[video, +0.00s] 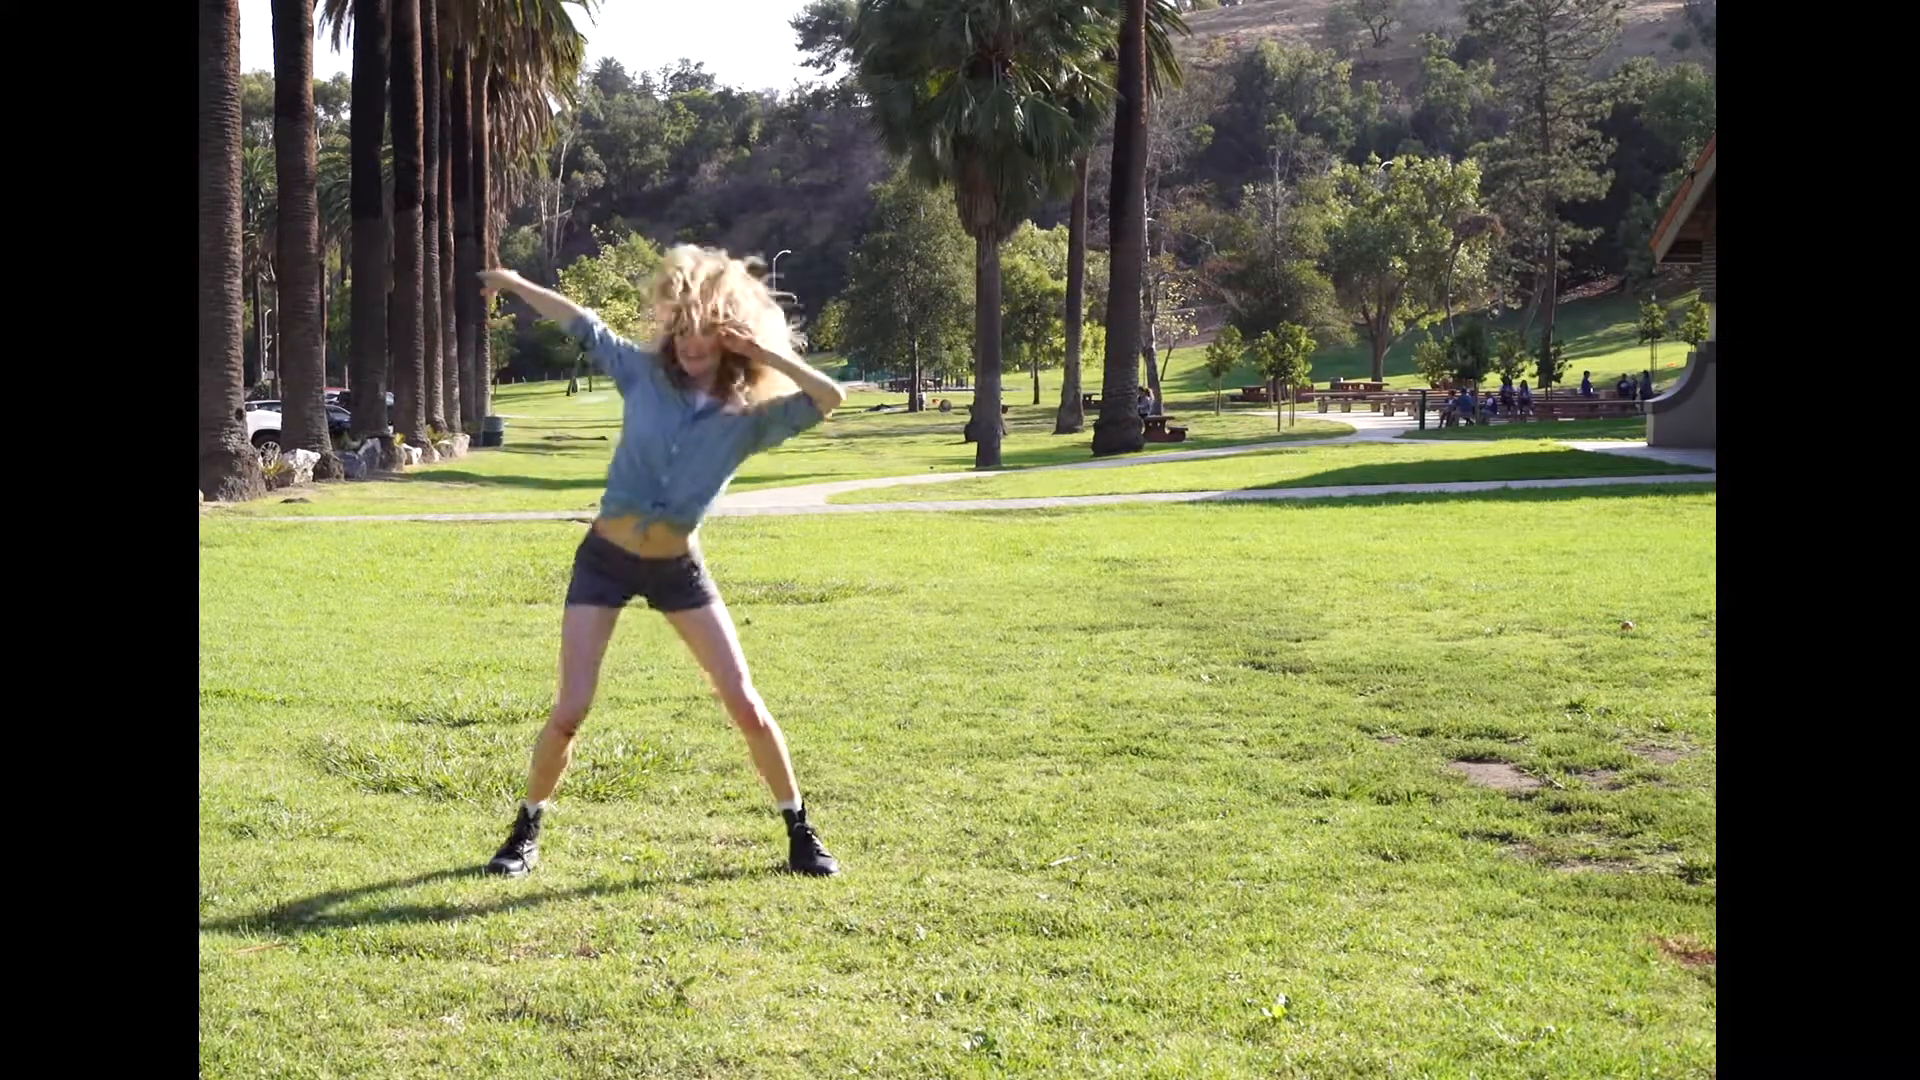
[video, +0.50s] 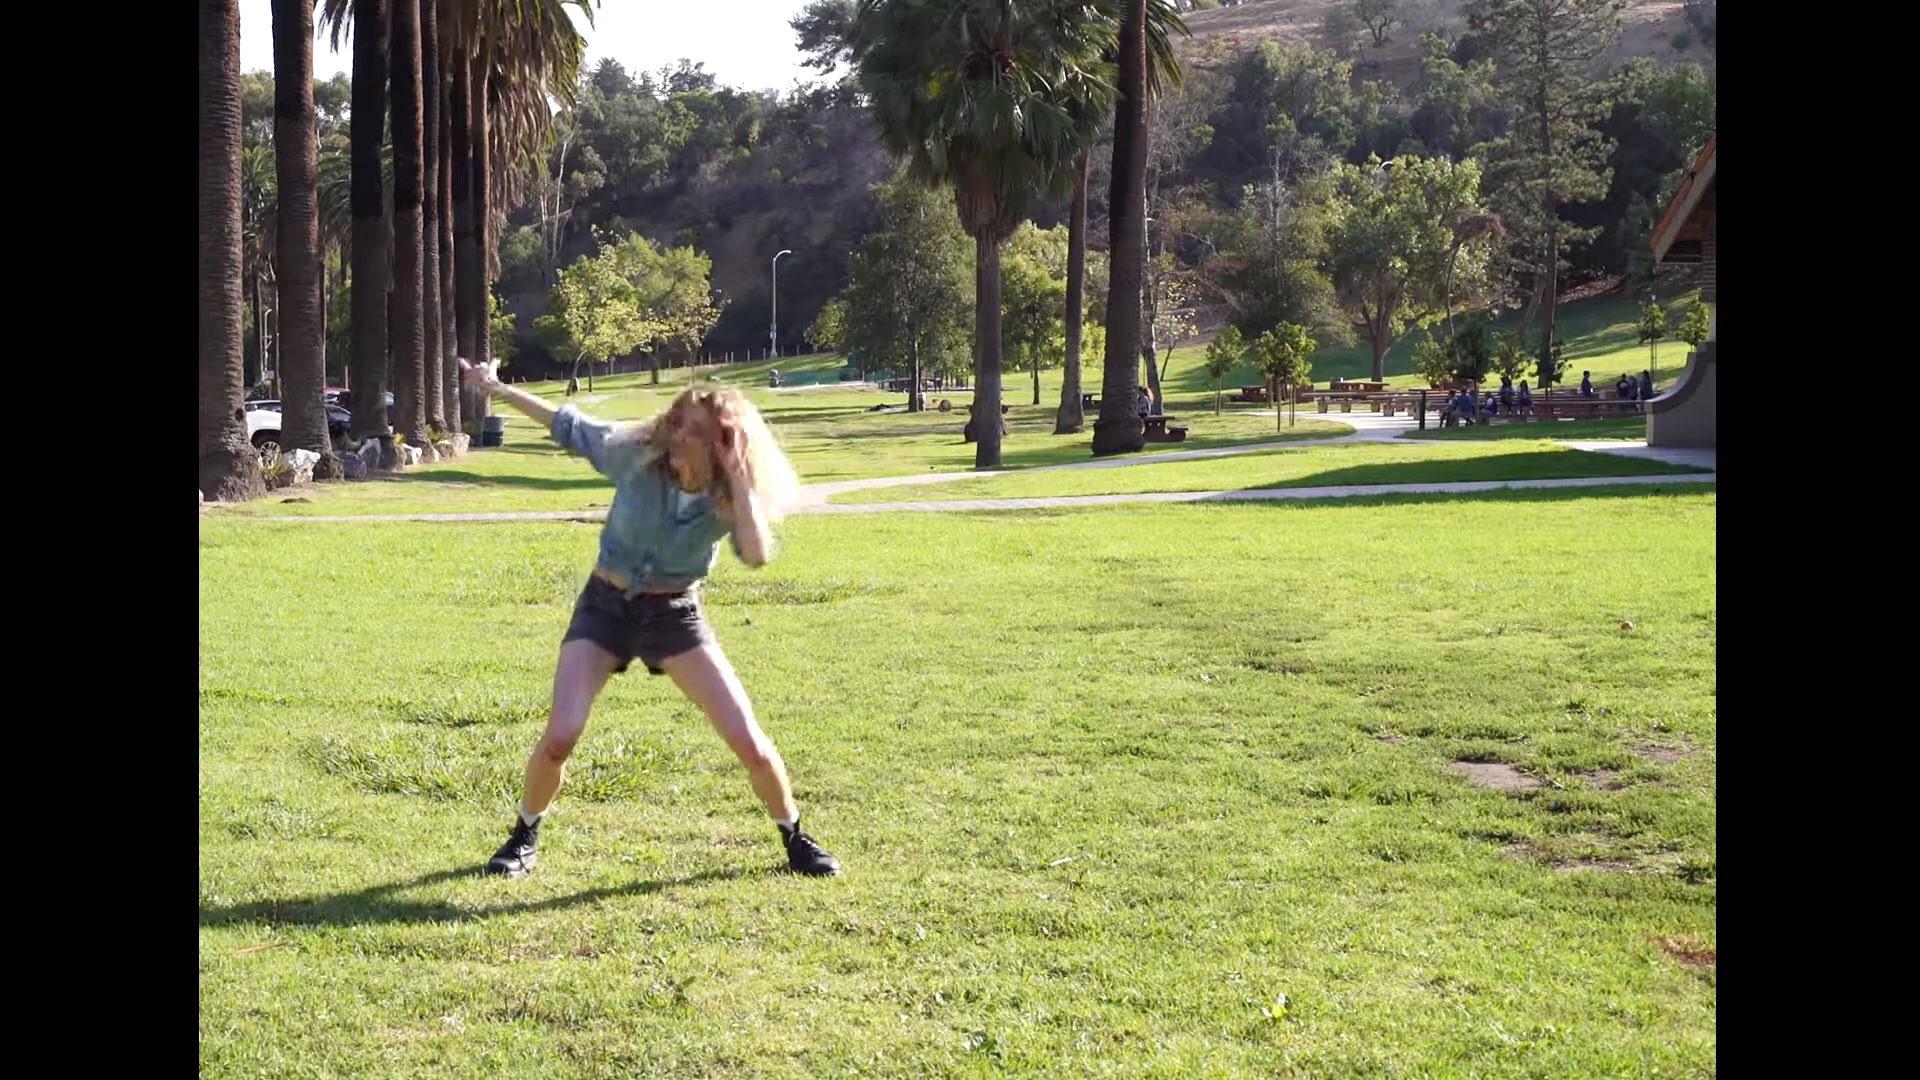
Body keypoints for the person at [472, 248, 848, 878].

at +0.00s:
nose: (691, 343)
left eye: (704, 333)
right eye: (684, 331)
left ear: (731, 343)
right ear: (673, 333)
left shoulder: (746, 422)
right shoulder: (642, 376)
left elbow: (829, 398)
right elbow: (579, 321)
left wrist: (761, 348)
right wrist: (507, 279)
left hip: (676, 569)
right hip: (604, 558)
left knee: (744, 703)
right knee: (569, 713)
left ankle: (801, 833)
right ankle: (525, 831)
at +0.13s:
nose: (686, 359)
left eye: (699, 351)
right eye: (681, 348)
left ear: (727, 362)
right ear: (672, 354)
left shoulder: (746, 439)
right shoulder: (647, 396)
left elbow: (816, 412)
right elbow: (582, 349)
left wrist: (760, 363)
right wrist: (509, 309)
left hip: (674, 582)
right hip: (602, 568)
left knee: (748, 717)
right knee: (562, 714)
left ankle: (799, 835)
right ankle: (523, 832)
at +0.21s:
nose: (687, 373)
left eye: (699, 363)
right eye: (680, 362)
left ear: (725, 377)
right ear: (670, 371)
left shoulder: (744, 455)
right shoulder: (645, 412)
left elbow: (810, 428)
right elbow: (580, 367)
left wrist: (756, 380)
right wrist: (511, 326)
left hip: (674, 592)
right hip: (601, 576)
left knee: (749, 718)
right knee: (562, 717)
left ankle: (799, 836)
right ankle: (523, 833)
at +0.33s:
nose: (687, 399)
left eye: (699, 391)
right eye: (679, 390)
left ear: (721, 401)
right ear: (668, 398)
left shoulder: (743, 479)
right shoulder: (642, 439)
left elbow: (804, 463)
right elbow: (578, 399)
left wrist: (749, 411)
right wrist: (514, 361)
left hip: (673, 603)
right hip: (602, 588)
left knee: (753, 719)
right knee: (566, 718)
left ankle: (800, 836)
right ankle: (523, 833)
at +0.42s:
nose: (682, 423)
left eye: (694, 416)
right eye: (678, 414)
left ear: (721, 428)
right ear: (671, 419)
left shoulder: (737, 494)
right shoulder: (639, 453)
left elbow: (786, 513)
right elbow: (570, 416)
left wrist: (751, 451)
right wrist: (508, 383)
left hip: (673, 611)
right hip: (603, 598)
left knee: (760, 722)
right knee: (561, 724)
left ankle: (801, 838)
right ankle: (522, 835)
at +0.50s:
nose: (682, 438)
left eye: (696, 433)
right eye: (679, 426)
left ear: (721, 445)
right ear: (669, 425)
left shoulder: (727, 495)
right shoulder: (635, 453)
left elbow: (755, 555)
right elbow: (563, 424)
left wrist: (740, 479)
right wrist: (494, 387)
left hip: (675, 612)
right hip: (605, 603)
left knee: (753, 746)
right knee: (561, 734)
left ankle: (797, 839)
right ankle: (524, 836)